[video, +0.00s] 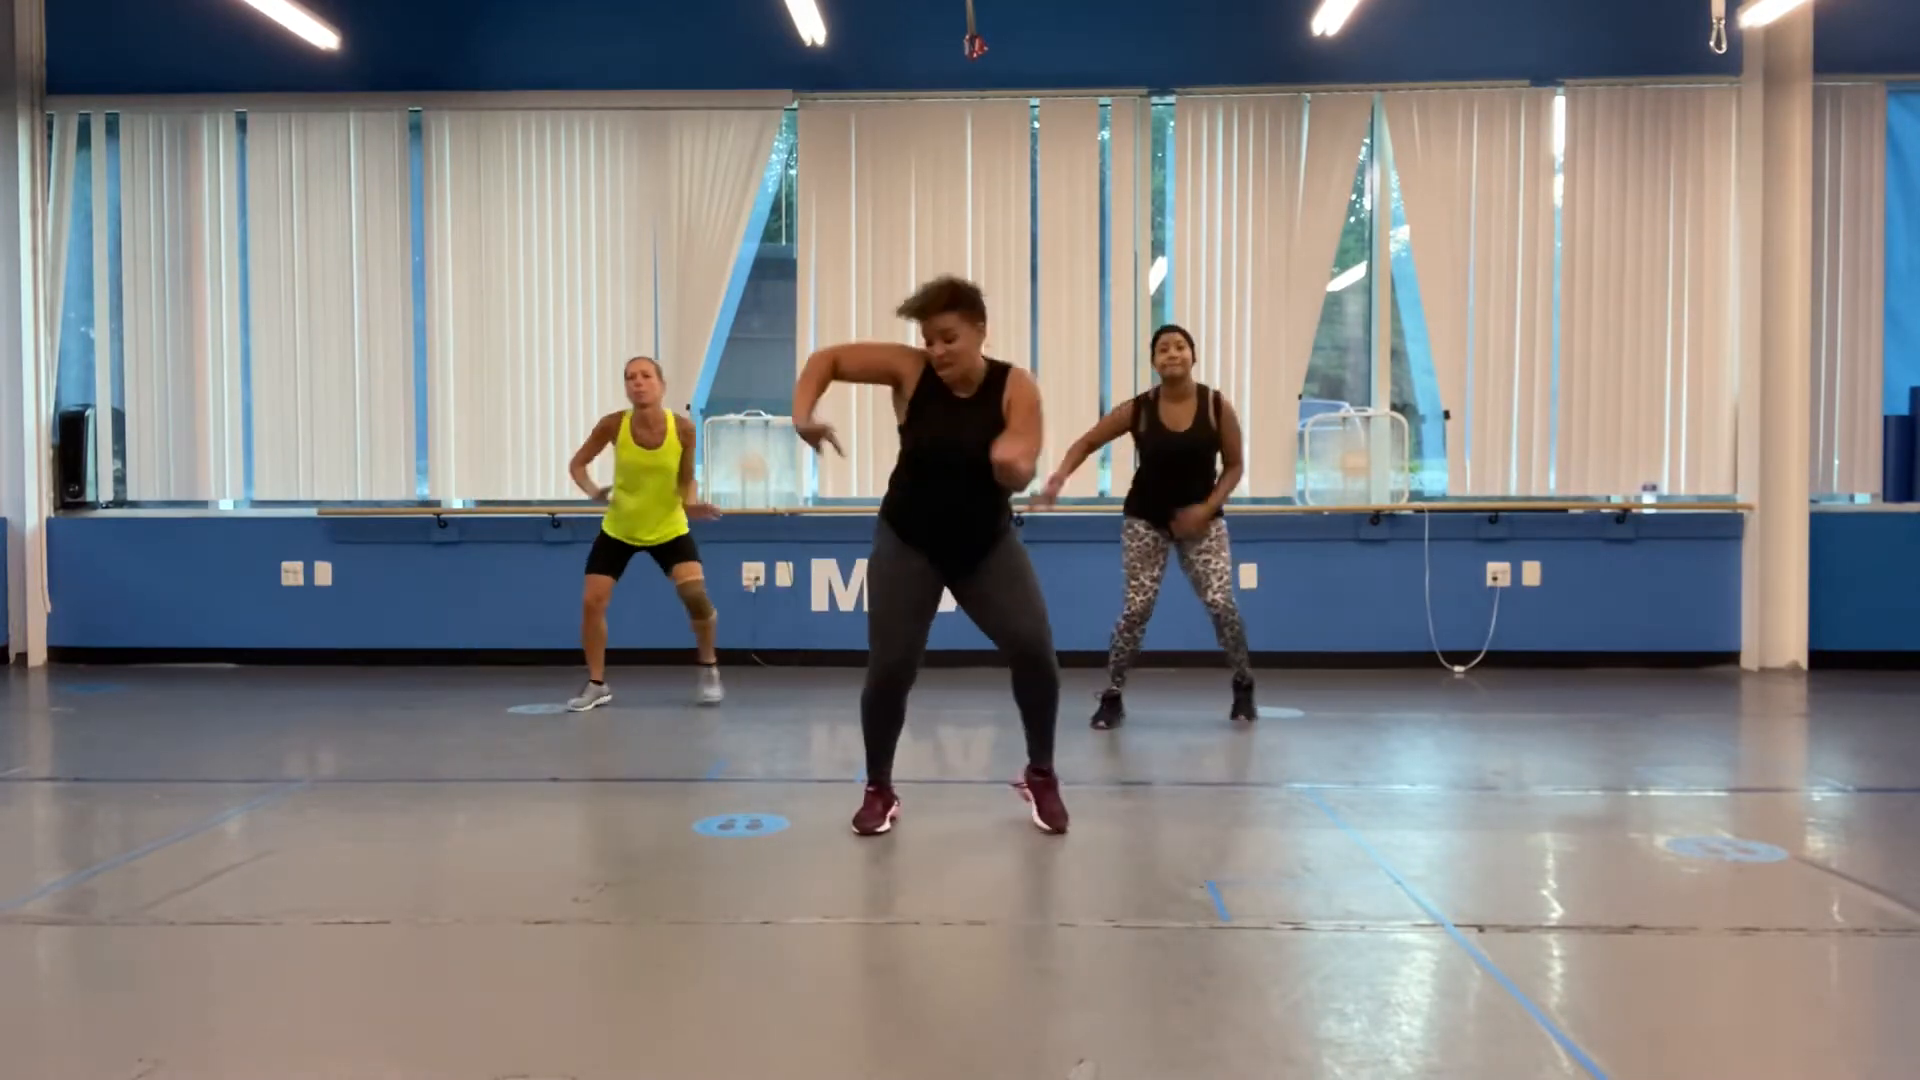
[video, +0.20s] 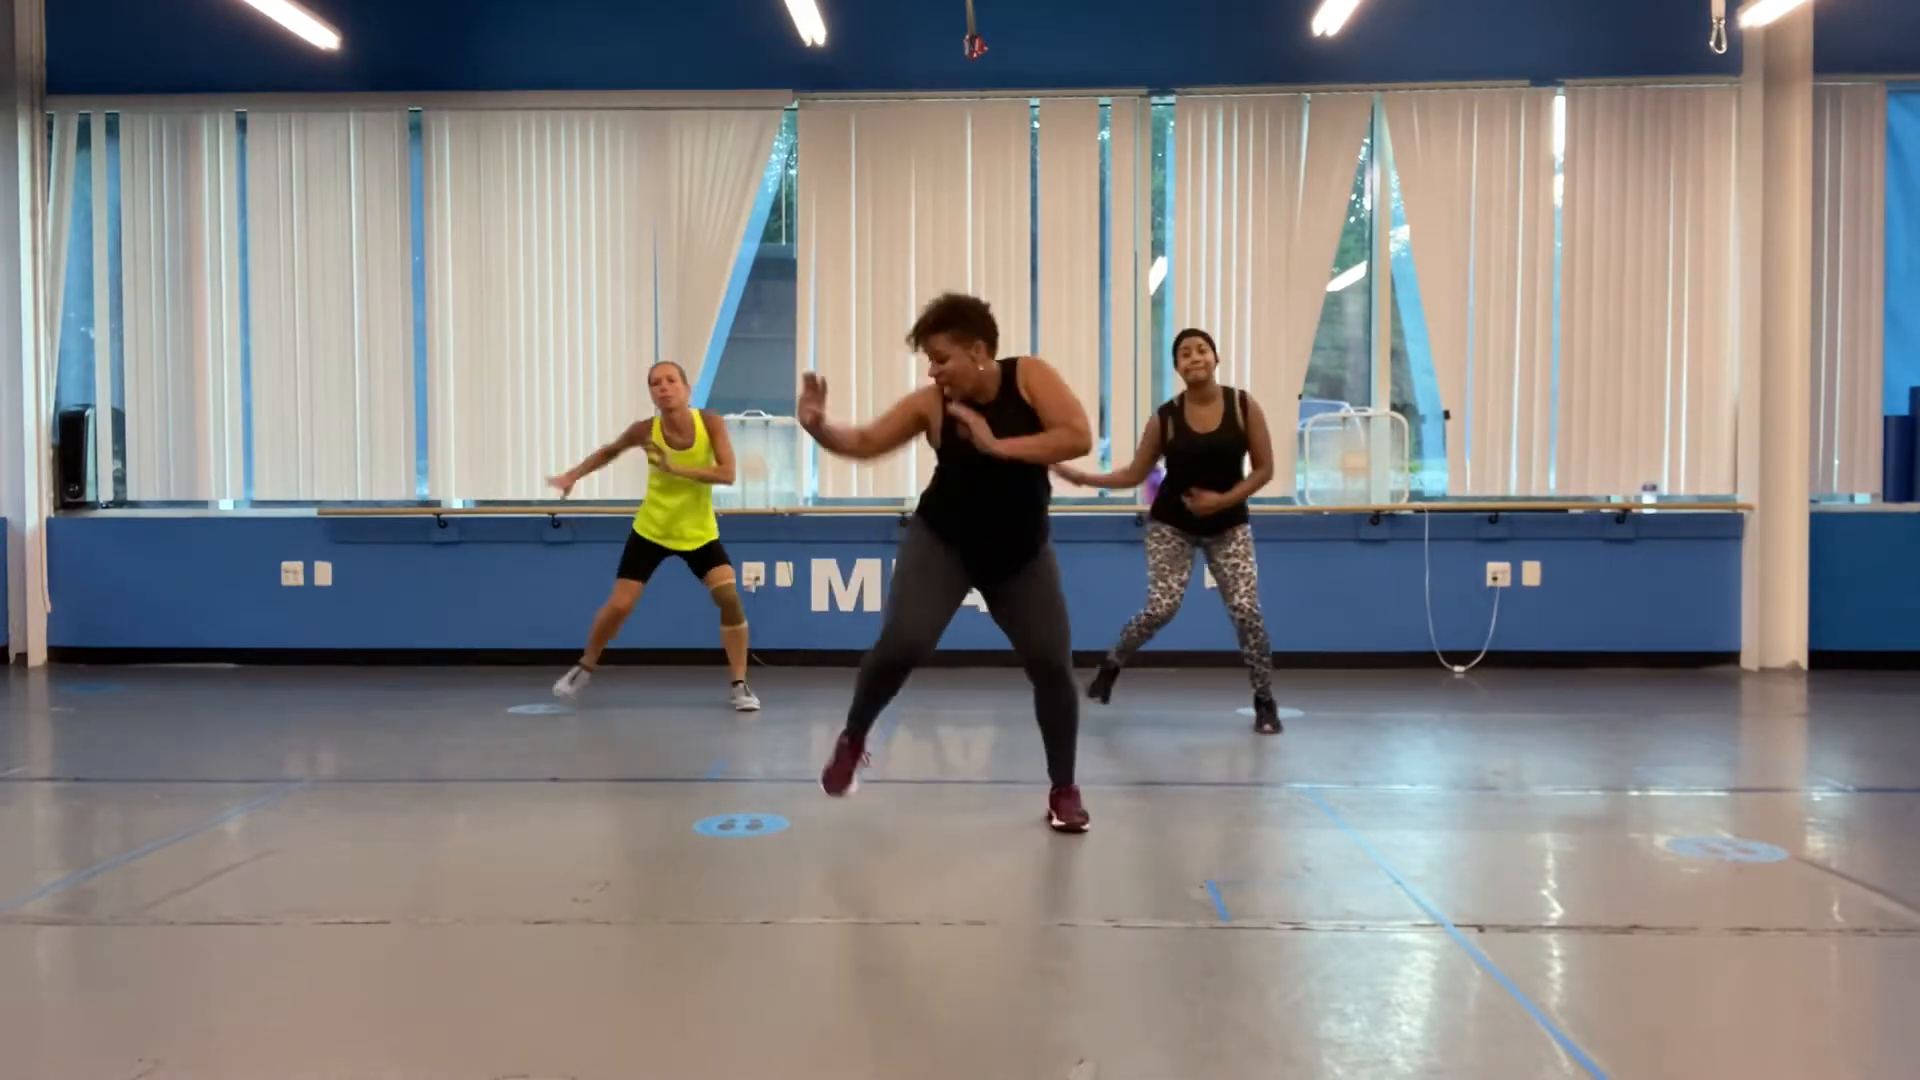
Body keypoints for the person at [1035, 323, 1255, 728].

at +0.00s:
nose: (1172, 354)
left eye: (1180, 347)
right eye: (1163, 350)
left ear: (1193, 356)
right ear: (1153, 362)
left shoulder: (1217, 407)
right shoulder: (1136, 410)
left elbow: (1234, 466)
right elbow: (1086, 444)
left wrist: (1207, 509)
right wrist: (1059, 476)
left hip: (1199, 519)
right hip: (1145, 520)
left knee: (1220, 603)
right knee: (1137, 608)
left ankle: (1244, 687)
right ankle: (1112, 696)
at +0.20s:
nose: (1194, 358)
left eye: (1201, 350)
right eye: (1185, 354)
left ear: (1215, 359)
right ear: (1177, 367)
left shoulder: (1244, 408)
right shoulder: (1164, 418)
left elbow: (1264, 471)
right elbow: (1134, 475)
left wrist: (1223, 499)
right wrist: (1085, 478)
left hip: (1228, 527)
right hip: (1170, 526)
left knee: (1246, 611)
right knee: (1162, 607)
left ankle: (1264, 701)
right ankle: (1112, 663)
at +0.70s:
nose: (1146, 347)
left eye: (1152, 341)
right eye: (1137, 342)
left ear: (1164, 352)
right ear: (1125, 354)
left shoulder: (1182, 400)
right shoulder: (1108, 402)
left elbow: (1222, 436)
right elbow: (1095, 458)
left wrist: (1280, 448)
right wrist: (1151, 434)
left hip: (1177, 518)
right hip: (1123, 521)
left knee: (1195, 601)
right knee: (1117, 609)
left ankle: (1223, 689)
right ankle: (1107, 693)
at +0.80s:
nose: (1131, 345)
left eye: (1139, 338)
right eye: (1123, 340)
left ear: (1151, 349)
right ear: (1112, 352)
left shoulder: (1172, 395)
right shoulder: (1098, 404)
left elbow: (1215, 433)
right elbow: (1086, 462)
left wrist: (1269, 453)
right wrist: (1142, 445)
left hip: (1170, 521)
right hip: (1115, 522)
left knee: (1177, 610)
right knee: (1099, 609)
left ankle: (1200, 698)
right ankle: (1102, 690)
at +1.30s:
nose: (1081, 357)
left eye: (1089, 350)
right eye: (1073, 352)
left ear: (1101, 360)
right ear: (1062, 364)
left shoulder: (1123, 411)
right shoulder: (1046, 418)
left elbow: (1142, 473)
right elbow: (1014, 470)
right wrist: (1000, 515)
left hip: (1122, 522)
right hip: (1068, 525)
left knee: (1146, 608)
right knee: (1055, 608)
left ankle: (1164, 690)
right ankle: (1040, 696)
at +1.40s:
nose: (1091, 349)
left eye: (1098, 342)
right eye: (1082, 345)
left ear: (1112, 351)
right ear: (1073, 357)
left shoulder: (1135, 399)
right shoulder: (1060, 408)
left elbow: (1143, 467)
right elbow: (1023, 453)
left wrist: (1088, 485)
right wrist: (978, 481)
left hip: (1132, 518)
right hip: (1077, 519)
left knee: (1160, 598)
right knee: (1065, 605)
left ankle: (1179, 684)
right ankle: (1039, 693)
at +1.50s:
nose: (1107, 345)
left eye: (1113, 338)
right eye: (1098, 342)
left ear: (1127, 346)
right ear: (1089, 354)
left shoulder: (1155, 395)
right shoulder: (1077, 404)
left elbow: (1166, 458)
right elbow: (1043, 452)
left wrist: (1106, 465)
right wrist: (985, 454)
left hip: (1149, 512)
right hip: (1094, 513)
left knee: (1169, 601)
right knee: (1076, 599)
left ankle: (1197, 697)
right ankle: (1037, 692)